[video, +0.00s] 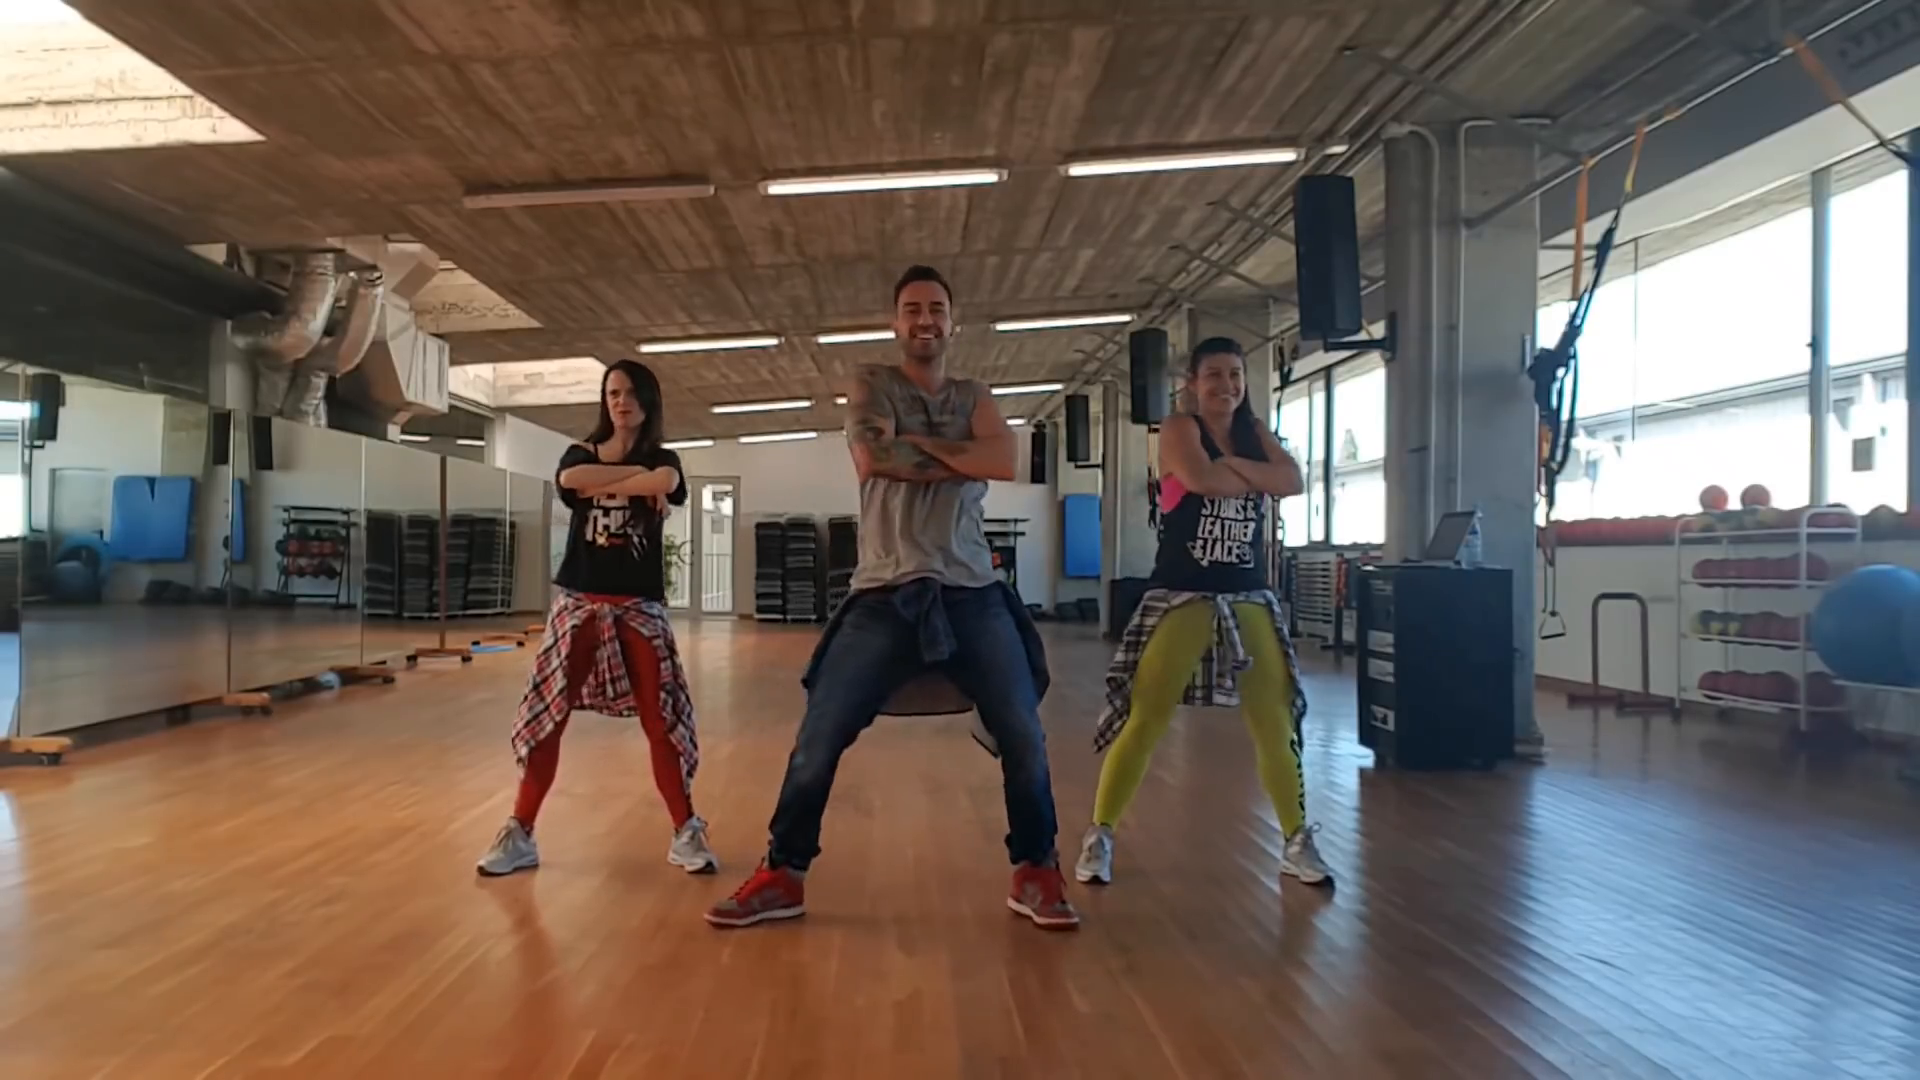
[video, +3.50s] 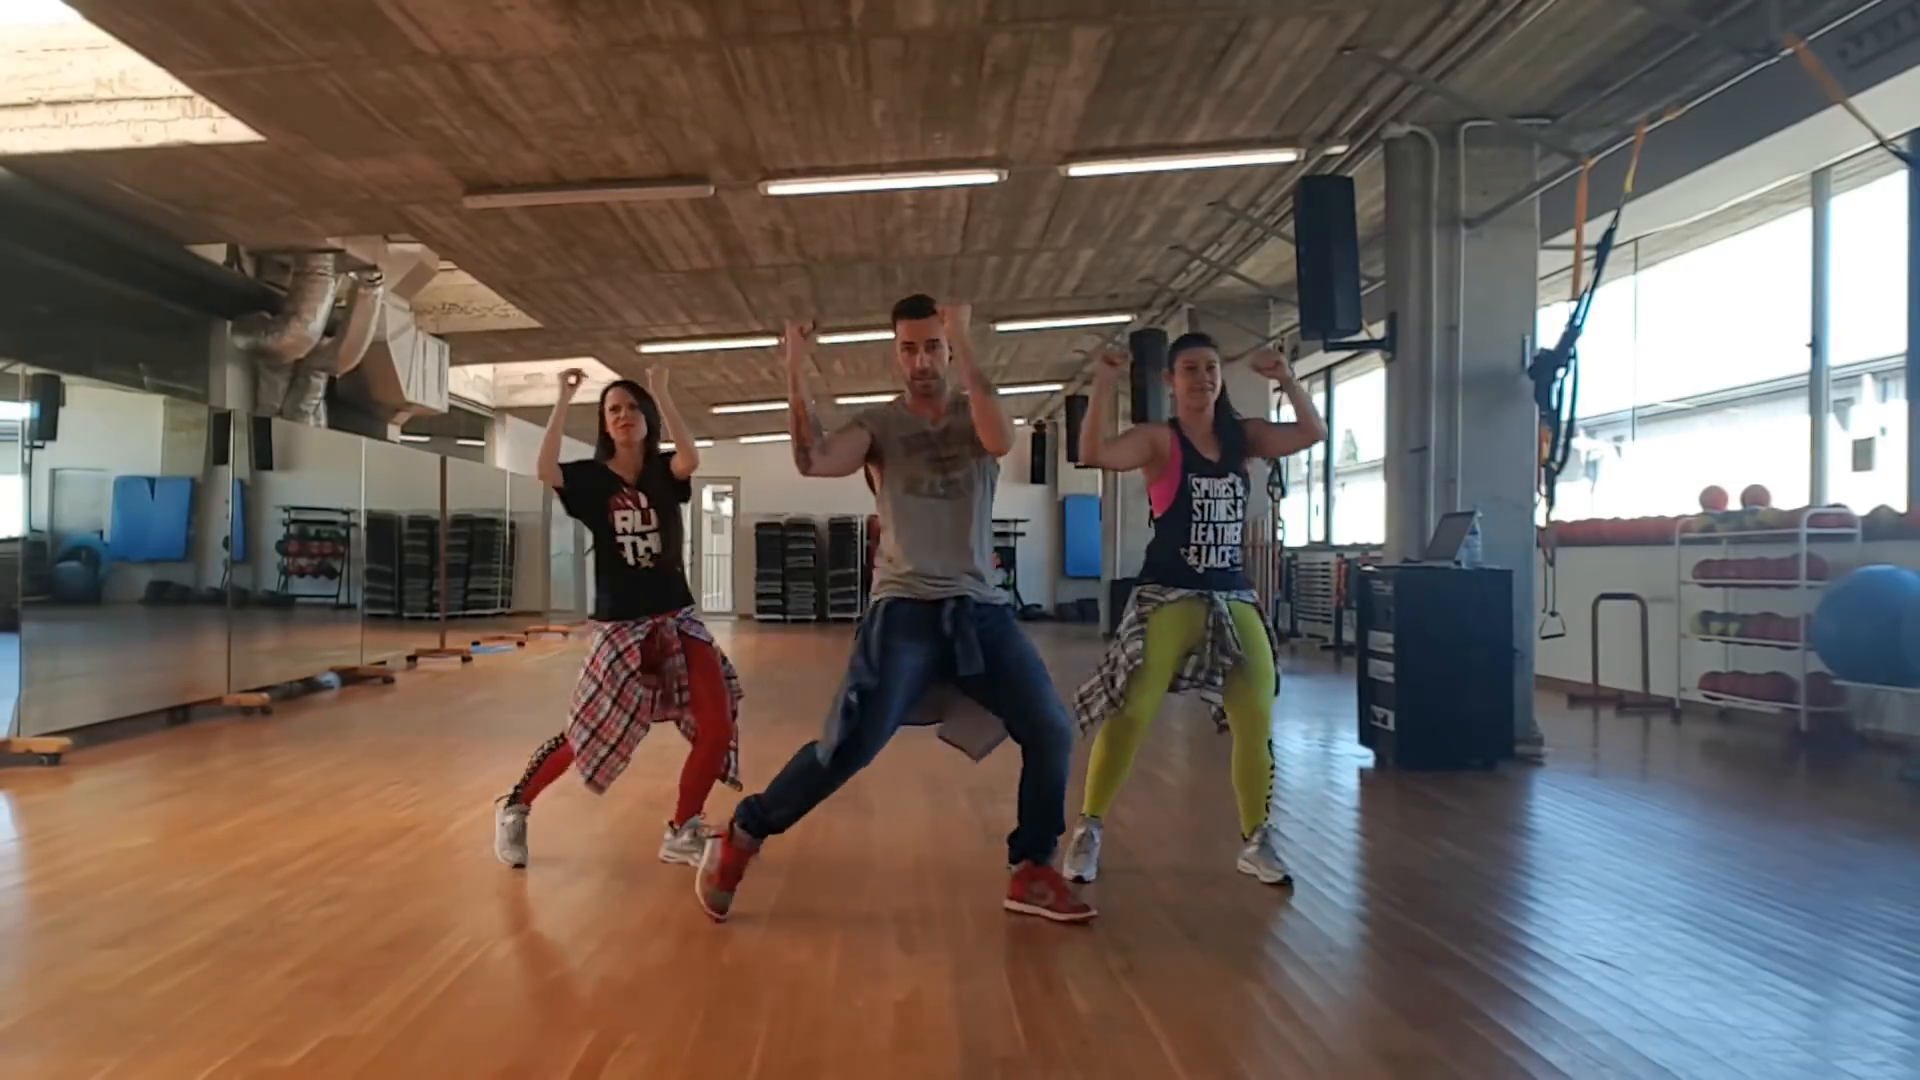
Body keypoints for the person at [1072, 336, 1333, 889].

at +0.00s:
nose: (1227, 383)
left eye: (1234, 374)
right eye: (1215, 375)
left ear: (1245, 383)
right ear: (1191, 384)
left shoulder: (1253, 430)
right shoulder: (1177, 429)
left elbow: (1292, 480)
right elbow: (1202, 480)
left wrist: (1229, 462)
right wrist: (1260, 479)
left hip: (1250, 595)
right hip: (1183, 595)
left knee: (1274, 719)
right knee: (1147, 718)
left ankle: (1297, 842)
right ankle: (1099, 837)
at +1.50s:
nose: (1197, 374)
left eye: (1206, 367)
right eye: (1186, 366)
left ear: (1220, 379)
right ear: (1170, 379)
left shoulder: (1236, 426)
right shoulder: (1153, 429)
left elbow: (1257, 464)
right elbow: (1141, 478)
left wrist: (1181, 462)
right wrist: (1220, 476)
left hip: (1233, 591)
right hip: (1164, 591)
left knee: (1264, 714)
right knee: (1138, 717)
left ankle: (1297, 841)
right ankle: (1098, 838)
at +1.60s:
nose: (1192, 372)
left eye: (1202, 364)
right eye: (1182, 364)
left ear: (1216, 377)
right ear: (1164, 377)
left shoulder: (1235, 426)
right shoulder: (1146, 429)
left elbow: (1270, 454)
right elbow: (1108, 475)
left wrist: (1203, 431)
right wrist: (1165, 460)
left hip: (1227, 591)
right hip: (1157, 591)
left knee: (1260, 714)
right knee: (1134, 715)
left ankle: (1297, 840)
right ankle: (1098, 838)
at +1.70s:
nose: (1193, 371)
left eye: (1202, 362)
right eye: (1182, 362)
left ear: (1216, 377)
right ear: (1164, 376)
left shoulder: (1232, 428)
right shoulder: (1146, 430)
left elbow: (1287, 444)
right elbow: (1094, 461)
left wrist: (1241, 387)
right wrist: (1145, 410)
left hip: (1226, 592)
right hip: (1157, 592)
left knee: (1258, 712)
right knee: (1132, 714)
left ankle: (1295, 840)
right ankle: (1098, 838)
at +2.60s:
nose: (1141, 382)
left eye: (1151, 373)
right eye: (1131, 372)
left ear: (1168, 386)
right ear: (1116, 382)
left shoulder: (1181, 445)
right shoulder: (1097, 437)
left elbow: (1256, 451)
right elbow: (1065, 450)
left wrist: (1245, 386)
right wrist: (1101, 392)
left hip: (1164, 600)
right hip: (1095, 600)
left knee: (1219, 710)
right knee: (1085, 729)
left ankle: (1248, 827)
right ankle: (1076, 837)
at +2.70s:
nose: (1132, 375)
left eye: (1143, 367)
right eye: (1123, 366)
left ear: (1158, 378)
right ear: (1107, 375)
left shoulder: (1173, 437)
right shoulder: (1085, 430)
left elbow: (1248, 442)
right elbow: (1029, 444)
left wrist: (1231, 380)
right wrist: (1054, 381)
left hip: (1156, 595)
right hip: (1087, 594)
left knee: (1201, 703)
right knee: (1086, 722)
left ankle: (1177, 813)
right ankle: (1076, 836)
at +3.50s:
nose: (1202, 378)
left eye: (1210, 368)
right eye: (1191, 369)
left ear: (1222, 377)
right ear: (1172, 380)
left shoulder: (1242, 435)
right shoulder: (1159, 438)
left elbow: (1311, 432)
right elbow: (1091, 453)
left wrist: (1285, 379)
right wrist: (1102, 385)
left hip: (1233, 596)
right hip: (1171, 595)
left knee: (1256, 711)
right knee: (1134, 712)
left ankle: (1256, 840)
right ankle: (1088, 831)